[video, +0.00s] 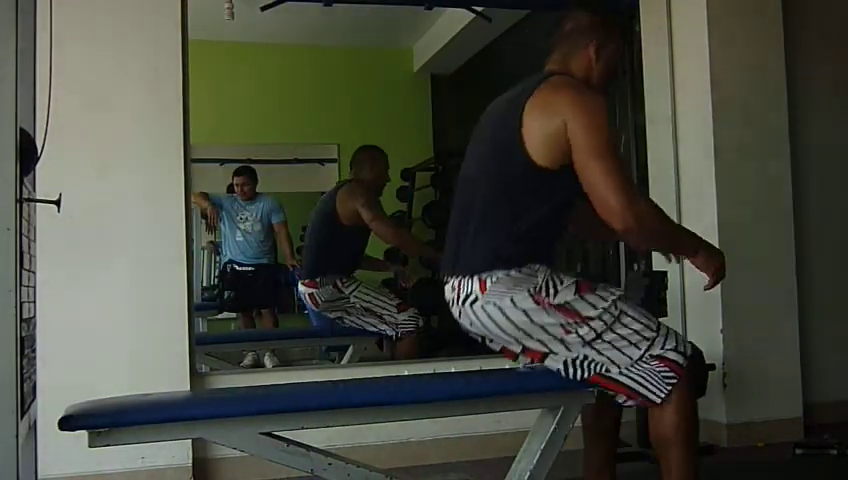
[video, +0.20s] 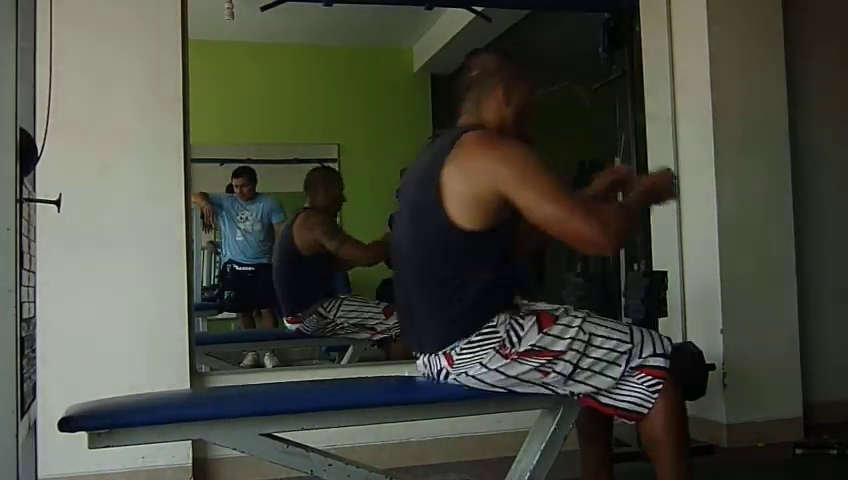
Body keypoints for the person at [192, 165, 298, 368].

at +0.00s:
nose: (240, 190)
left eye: (244, 185)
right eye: (236, 185)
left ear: (255, 185)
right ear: (232, 186)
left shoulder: (269, 204)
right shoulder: (226, 202)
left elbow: (281, 231)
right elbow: (196, 196)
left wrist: (289, 258)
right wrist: (208, 206)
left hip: (263, 268)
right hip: (235, 269)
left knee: (266, 311)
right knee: (244, 314)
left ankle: (269, 351)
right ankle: (251, 351)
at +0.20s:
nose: (239, 191)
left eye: (243, 186)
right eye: (235, 187)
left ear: (254, 185)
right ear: (232, 186)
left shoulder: (269, 203)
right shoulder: (226, 202)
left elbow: (282, 236)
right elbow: (196, 196)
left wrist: (281, 263)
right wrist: (205, 205)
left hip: (262, 268)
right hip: (234, 269)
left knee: (266, 311)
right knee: (244, 314)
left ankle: (270, 352)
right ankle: (250, 352)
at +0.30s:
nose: (239, 192)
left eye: (243, 187)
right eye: (235, 188)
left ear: (254, 185)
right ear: (231, 187)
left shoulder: (266, 201)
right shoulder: (226, 201)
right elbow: (196, 196)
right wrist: (205, 204)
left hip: (261, 267)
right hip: (235, 269)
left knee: (266, 311)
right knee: (244, 314)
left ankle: (270, 352)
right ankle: (250, 352)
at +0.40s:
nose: (238, 192)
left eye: (242, 188)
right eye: (234, 188)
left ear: (253, 185)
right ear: (231, 187)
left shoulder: (263, 204)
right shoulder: (226, 201)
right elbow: (196, 196)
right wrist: (204, 204)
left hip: (261, 264)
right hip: (234, 266)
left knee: (264, 310)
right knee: (244, 313)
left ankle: (270, 351)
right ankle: (250, 351)